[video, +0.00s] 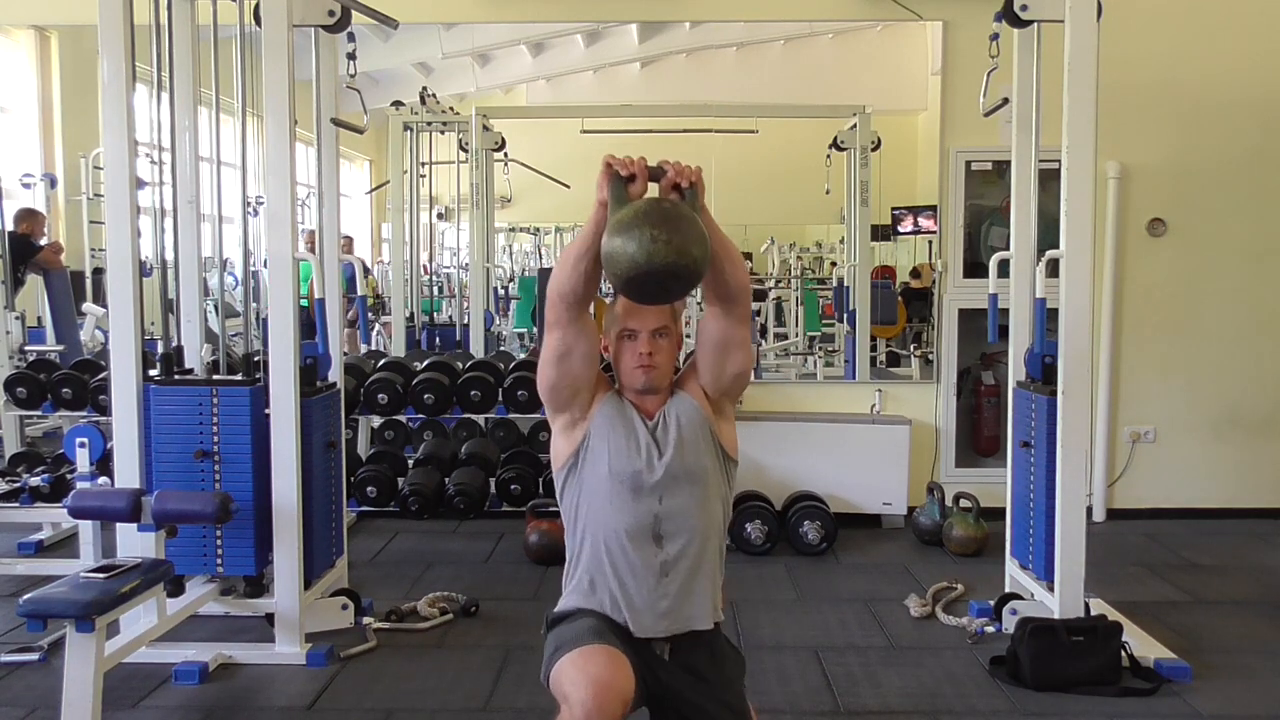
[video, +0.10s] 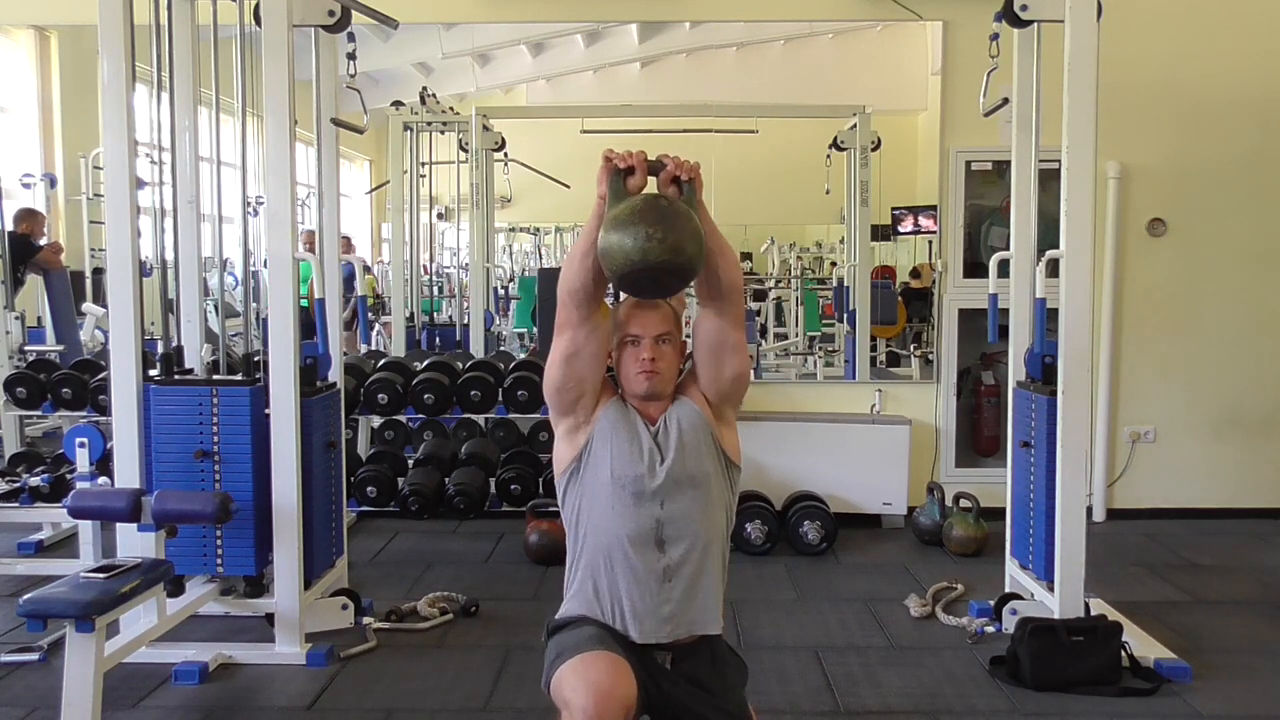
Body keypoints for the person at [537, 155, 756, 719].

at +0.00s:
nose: (645, 349)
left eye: (660, 335)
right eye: (630, 336)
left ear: (679, 343)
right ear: (607, 349)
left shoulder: (709, 401)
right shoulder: (581, 409)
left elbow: (730, 301)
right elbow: (565, 305)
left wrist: (696, 214)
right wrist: (605, 213)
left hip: (698, 634)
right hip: (598, 624)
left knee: (735, 710)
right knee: (596, 695)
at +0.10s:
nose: (648, 353)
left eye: (662, 341)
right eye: (634, 343)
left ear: (682, 355)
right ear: (614, 358)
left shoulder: (710, 410)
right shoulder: (584, 413)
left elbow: (724, 302)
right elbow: (577, 308)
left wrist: (695, 210)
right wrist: (606, 208)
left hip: (699, 649)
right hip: (599, 635)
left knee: (738, 708)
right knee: (599, 695)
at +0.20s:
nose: (649, 355)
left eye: (663, 343)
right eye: (635, 344)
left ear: (683, 356)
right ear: (615, 359)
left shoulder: (711, 412)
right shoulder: (585, 415)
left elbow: (722, 301)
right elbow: (581, 307)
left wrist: (695, 211)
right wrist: (610, 206)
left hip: (702, 655)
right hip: (601, 640)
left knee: (739, 708)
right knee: (604, 700)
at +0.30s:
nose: (649, 356)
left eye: (662, 343)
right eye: (634, 345)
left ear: (682, 357)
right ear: (614, 359)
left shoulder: (711, 411)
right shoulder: (584, 415)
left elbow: (720, 300)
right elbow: (580, 308)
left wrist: (693, 213)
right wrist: (607, 210)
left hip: (705, 657)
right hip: (603, 642)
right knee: (606, 702)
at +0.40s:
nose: (647, 356)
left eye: (661, 344)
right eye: (632, 346)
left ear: (681, 358)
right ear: (613, 360)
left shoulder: (711, 410)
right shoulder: (584, 416)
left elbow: (718, 297)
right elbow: (578, 309)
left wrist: (685, 209)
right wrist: (602, 211)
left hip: (708, 657)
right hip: (606, 643)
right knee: (610, 702)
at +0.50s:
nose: (645, 355)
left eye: (659, 343)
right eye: (630, 345)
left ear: (679, 358)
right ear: (611, 360)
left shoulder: (709, 409)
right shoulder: (583, 416)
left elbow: (716, 298)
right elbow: (577, 304)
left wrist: (684, 211)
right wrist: (600, 209)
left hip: (709, 654)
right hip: (609, 642)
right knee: (616, 704)